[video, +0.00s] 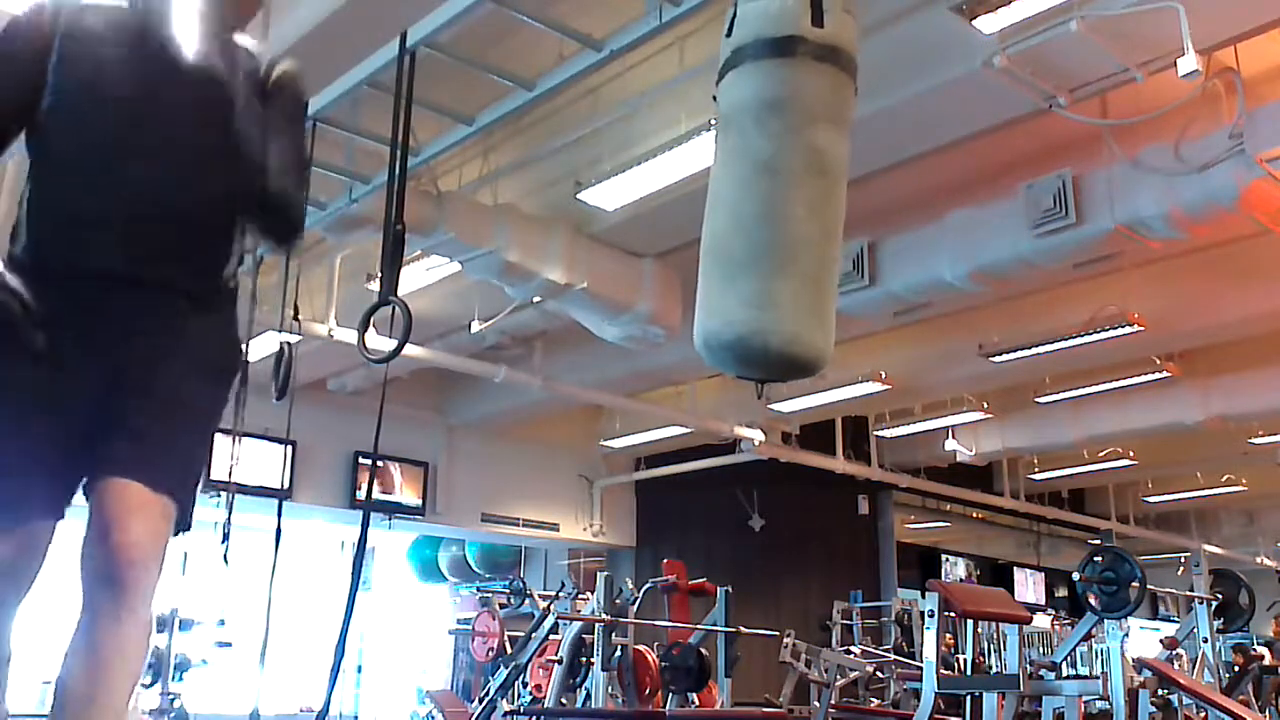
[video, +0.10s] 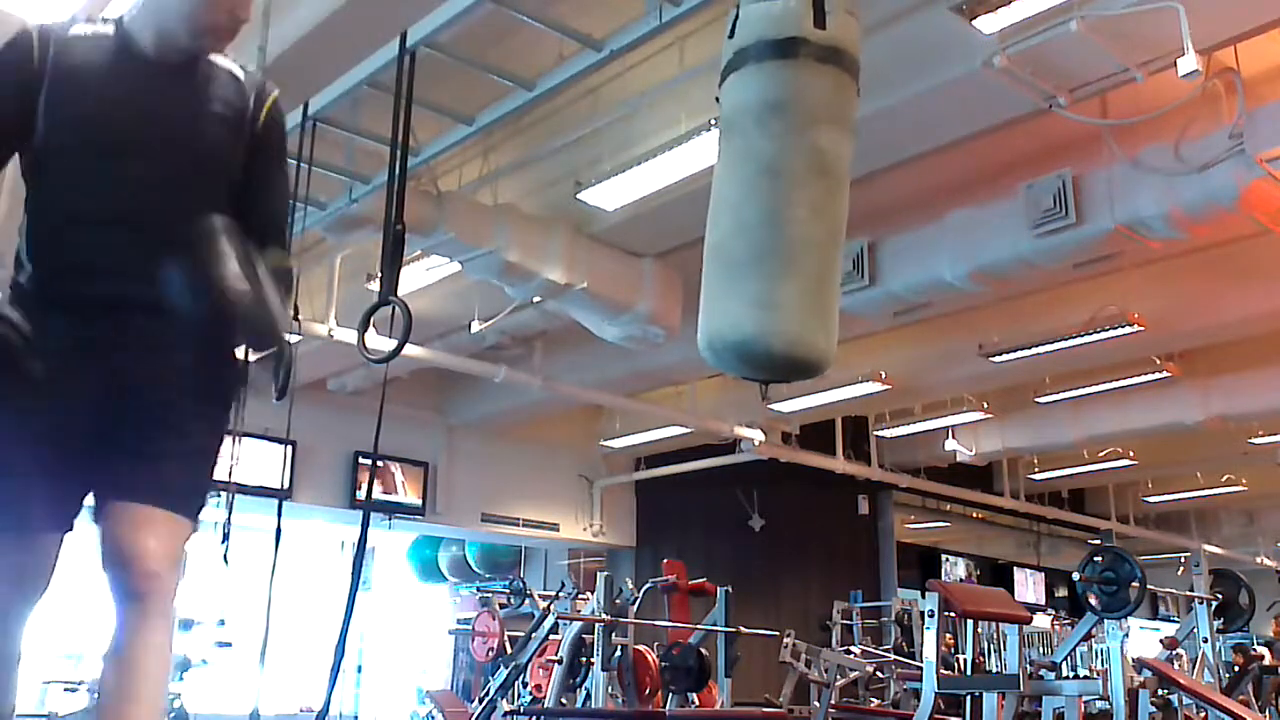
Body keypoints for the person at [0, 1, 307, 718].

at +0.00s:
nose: (257, 5)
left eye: (261, 4)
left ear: (261, 9)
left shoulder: (265, 85)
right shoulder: (62, 26)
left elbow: (285, 221)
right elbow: (1, 133)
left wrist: (233, 88)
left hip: (179, 336)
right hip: (45, 316)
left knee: (128, 550)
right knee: (12, 552)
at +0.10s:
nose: (241, 15)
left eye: (250, 5)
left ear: (247, 12)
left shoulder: (252, 103)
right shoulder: (45, 55)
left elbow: (271, 249)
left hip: (179, 363)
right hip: (47, 349)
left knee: (147, 571)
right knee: (17, 573)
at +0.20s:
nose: (229, 25)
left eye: (238, 10)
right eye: (214, 6)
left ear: (244, 14)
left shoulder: (247, 112)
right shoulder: (51, 76)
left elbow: (273, 260)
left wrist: (319, 377)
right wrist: (0, 329)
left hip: (191, 361)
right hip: (63, 349)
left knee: (173, 554)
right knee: (26, 573)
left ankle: (164, 712)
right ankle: (10, 704)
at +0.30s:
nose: (235, 33)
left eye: (245, 20)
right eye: (221, 14)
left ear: (251, 23)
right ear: (163, 4)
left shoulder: (258, 118)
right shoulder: (67, 90)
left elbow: (308, 257)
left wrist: (402, 327)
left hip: (207, 357)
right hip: (83, 348)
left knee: (209, 564)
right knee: (32, 580)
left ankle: (212, 714)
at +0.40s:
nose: (259, 51)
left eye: (269, 36)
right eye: (246, 30)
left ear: (275, 38)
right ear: (191, 16)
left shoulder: (278, 131)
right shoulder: (90, 102)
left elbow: (363, 246)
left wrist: (481, 265)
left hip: (221, 374)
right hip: (100, 364)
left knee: (252, 591)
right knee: (44, 584)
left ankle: (263, 718)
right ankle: (16, 712)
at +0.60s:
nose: (332, 98)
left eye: (342, 86)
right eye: (321, 77)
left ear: (342, 89)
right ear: (266, 61)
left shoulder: (344, 172)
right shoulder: (178, 147)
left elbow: (466, 244)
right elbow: (67, 248)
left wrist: (556, 187)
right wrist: (66, 289)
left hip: (283, 415)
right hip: (174, 401)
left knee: (304, 623)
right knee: (97, 596)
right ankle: (30, 715)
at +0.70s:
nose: (371, 111)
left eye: (377, 97)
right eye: (359, 92)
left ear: (375, 105)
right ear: (307, 83)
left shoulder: (370, 189)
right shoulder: (222, 161)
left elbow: (471, 276)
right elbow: (115, 265)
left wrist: (551, 221)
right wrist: (150, 313)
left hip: (310, 426)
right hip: (213, 412)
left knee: (322, 629)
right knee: (157, 601)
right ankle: (74, 716)